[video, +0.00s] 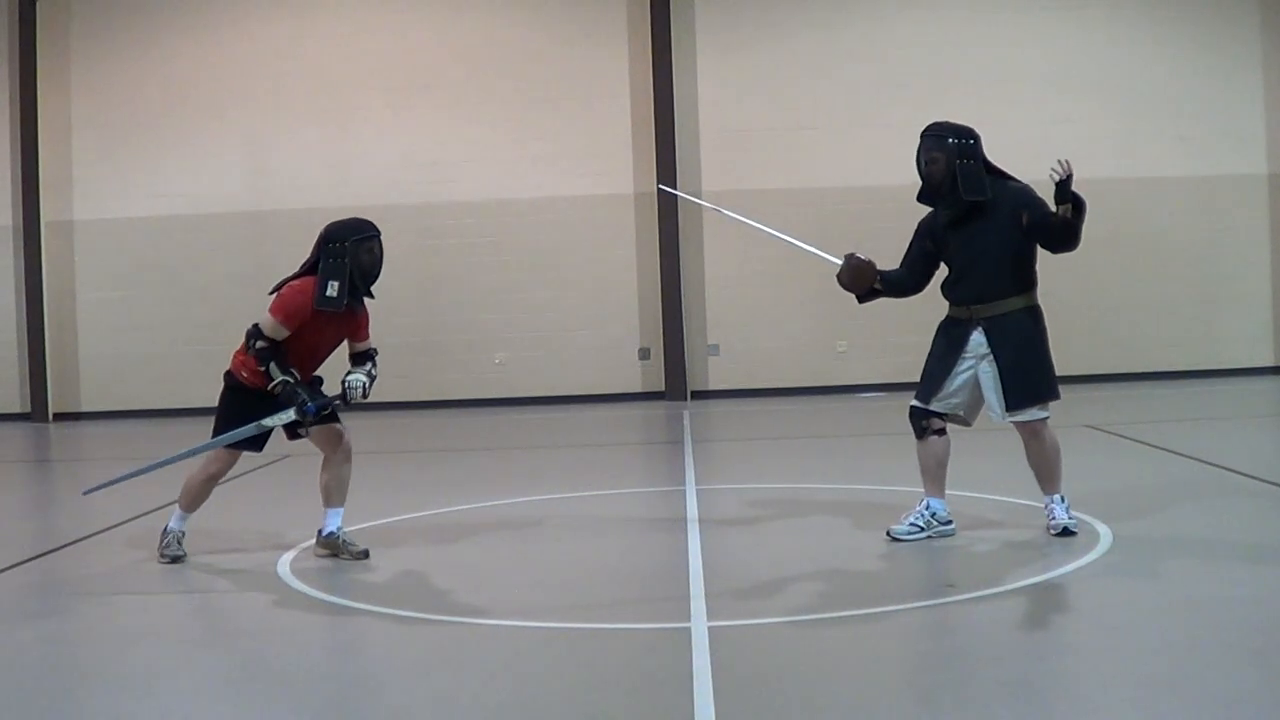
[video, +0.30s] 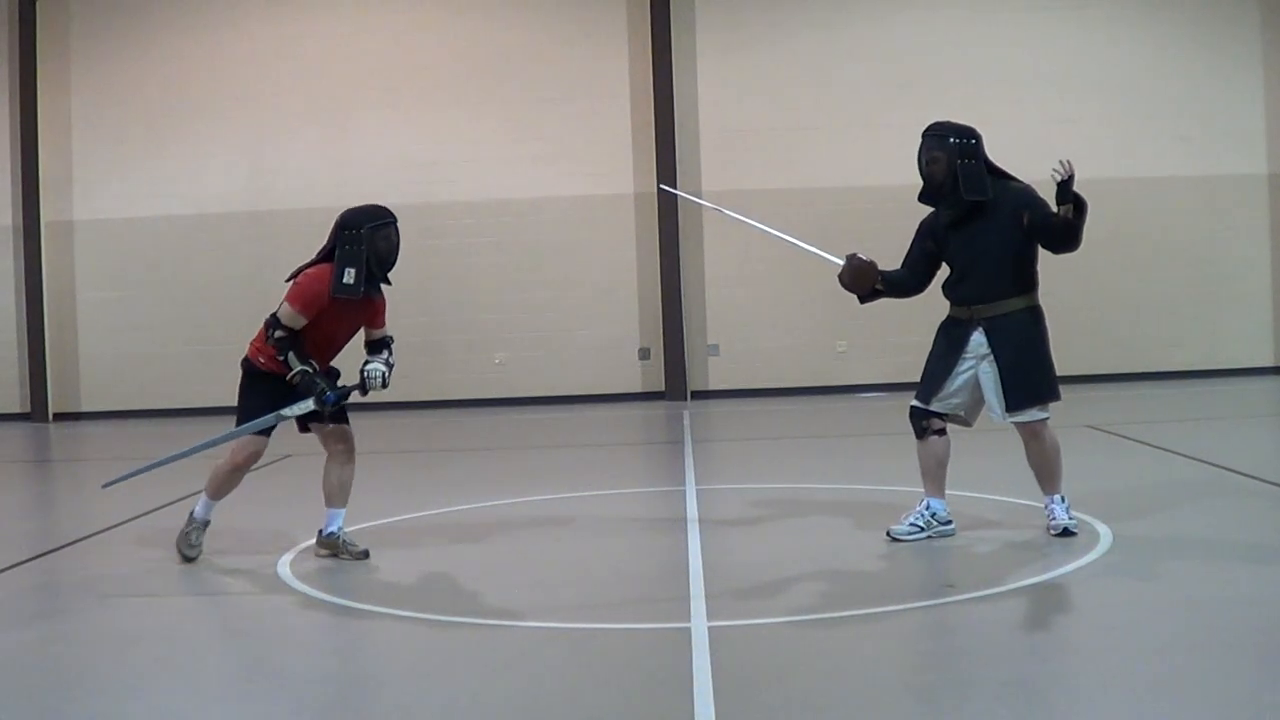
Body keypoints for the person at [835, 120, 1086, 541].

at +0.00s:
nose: (925, 171)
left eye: (933, 161)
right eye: (922, 162)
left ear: (960, 160)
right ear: (924, 163)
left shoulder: (1015, 198)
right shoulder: (937, 221)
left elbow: (1062, 241)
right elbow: (910, 279)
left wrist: (1068, 204)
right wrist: (870, 278)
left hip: (1014, 324)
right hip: (960, 326)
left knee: (1030, 418)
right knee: (927, 414)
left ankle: (1055, 504)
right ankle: (934, 509)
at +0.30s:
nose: (926, 169)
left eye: (934, 160)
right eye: (923, 161)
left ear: (961, 159)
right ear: (925, 163)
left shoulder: (1016, 198)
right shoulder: (939, 221)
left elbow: (1064, 241)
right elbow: (912, 279)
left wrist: (1069, 204)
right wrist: (872, 278)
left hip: (1015, 324)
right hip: (960, 326)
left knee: (1031, 418)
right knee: (927, 414)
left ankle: (1055, 503)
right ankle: (934, 509)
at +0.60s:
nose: (925, 169)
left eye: (933, 159)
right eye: (922, 160)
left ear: (961, 159)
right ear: (924, 162)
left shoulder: (1015, 198)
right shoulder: (938, 221)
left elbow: (1063, 242)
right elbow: (912, 279)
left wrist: (1068, 205)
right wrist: (872, 280)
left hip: (1014, 325)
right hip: (960, 327)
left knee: (1030, 418)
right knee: (926, 414)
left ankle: (1055, 503)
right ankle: (934, 510)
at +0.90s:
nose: (923, 169)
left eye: (931, 159)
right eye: (920, 160)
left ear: (958, 158)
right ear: (922, 163)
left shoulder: (1013, 199)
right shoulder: (936, 221)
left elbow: (1061, 242)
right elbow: (909, 279)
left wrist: (1066, 206)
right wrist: (870, 280)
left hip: (1012, 325)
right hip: (957, 327)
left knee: (1029, 418)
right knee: (923, 415)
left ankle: (1055, 504)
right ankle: (934, 510)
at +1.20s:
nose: (920, 168)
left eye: (927, 159)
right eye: (917, 160)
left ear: (954, 157)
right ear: (919, 164)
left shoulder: (1005, 198)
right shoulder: (926, 222)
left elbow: (1052, 240)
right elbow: (901, 276)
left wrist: (1068, 211)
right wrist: (866, 278)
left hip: (1008, 324)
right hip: (951, 328)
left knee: (1029, 416)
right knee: (921, 417)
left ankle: (1055, 503)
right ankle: (934, 510)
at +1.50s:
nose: (909, 166)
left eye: (917, 156)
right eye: (905, 158)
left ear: (943, 153)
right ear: (902, 163)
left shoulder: (990, 195)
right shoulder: (909, 219)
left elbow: (1033, 237)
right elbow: (885, 273)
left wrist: (1054, 214)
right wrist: (855, 274)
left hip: (998, 320)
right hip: (939, 326)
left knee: (1023, 408)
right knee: (923, 417)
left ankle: (1036, 498)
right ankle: (935, 511)